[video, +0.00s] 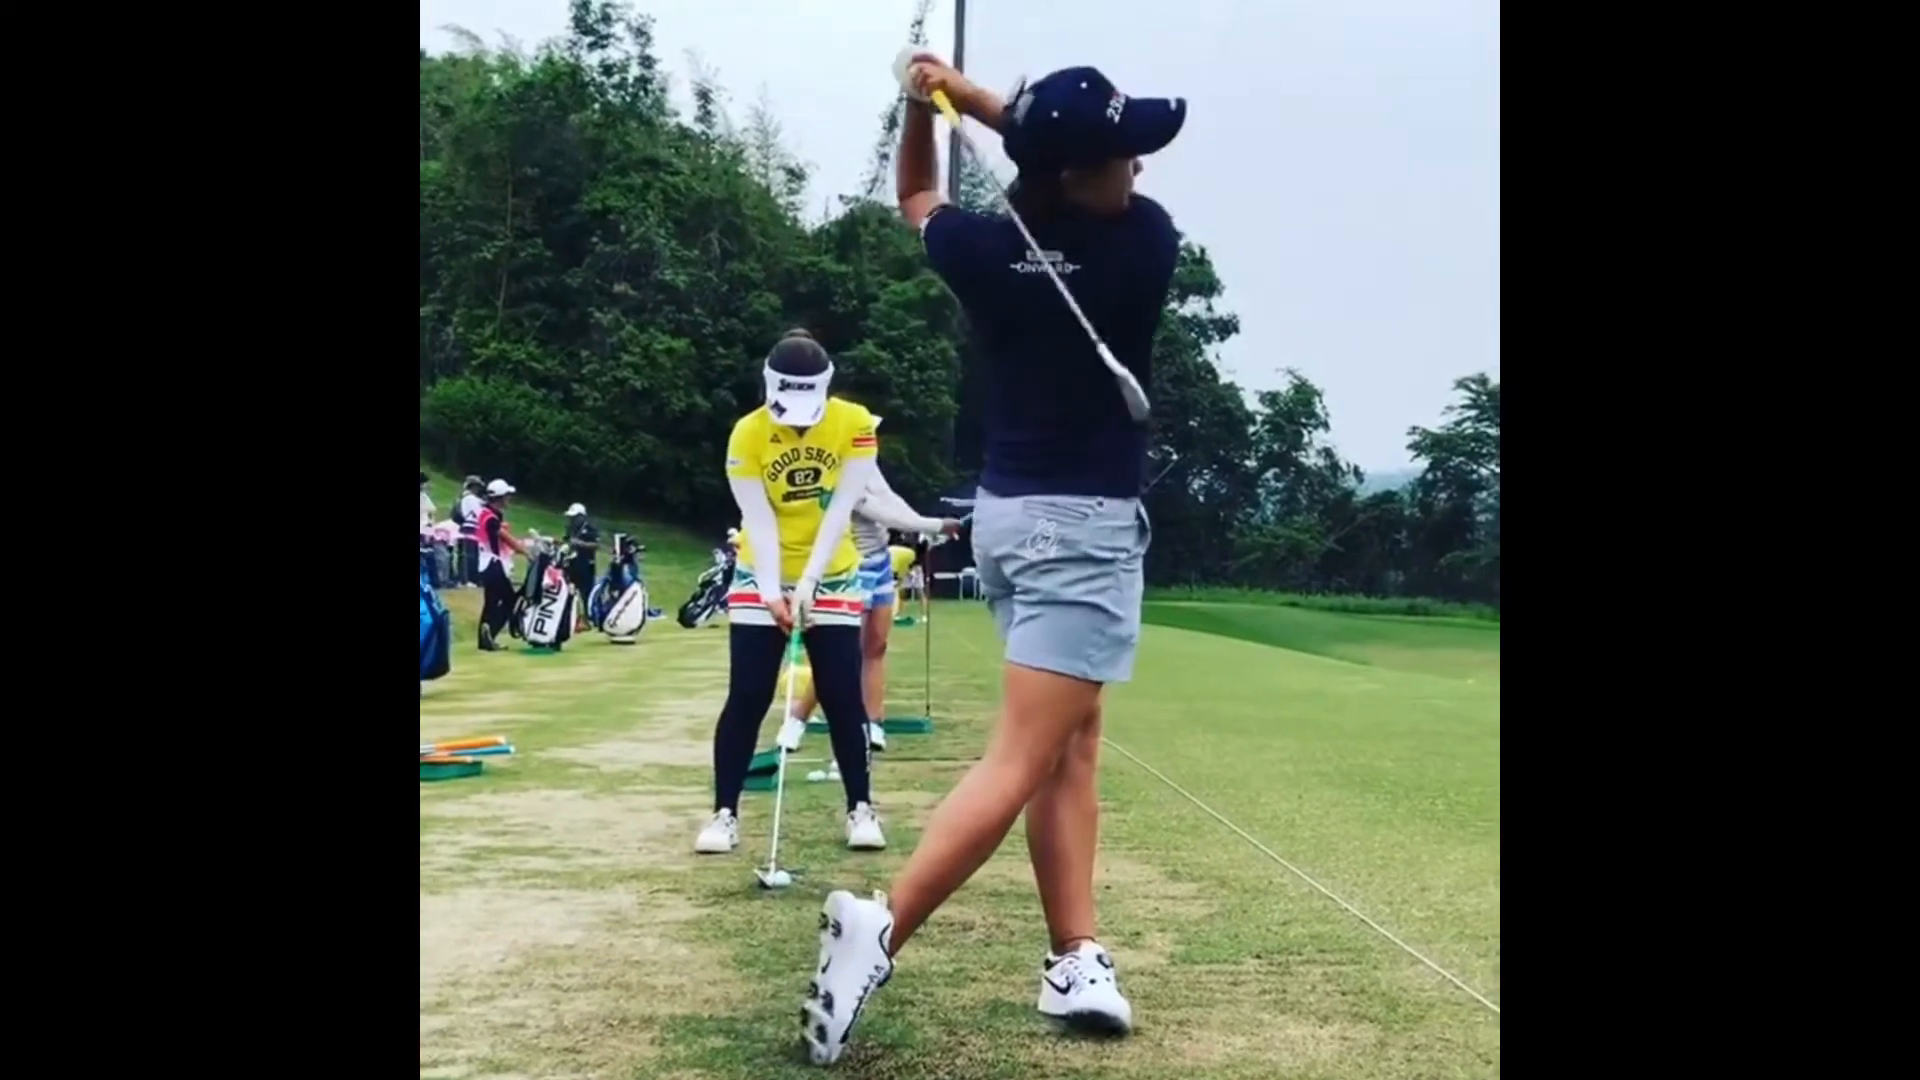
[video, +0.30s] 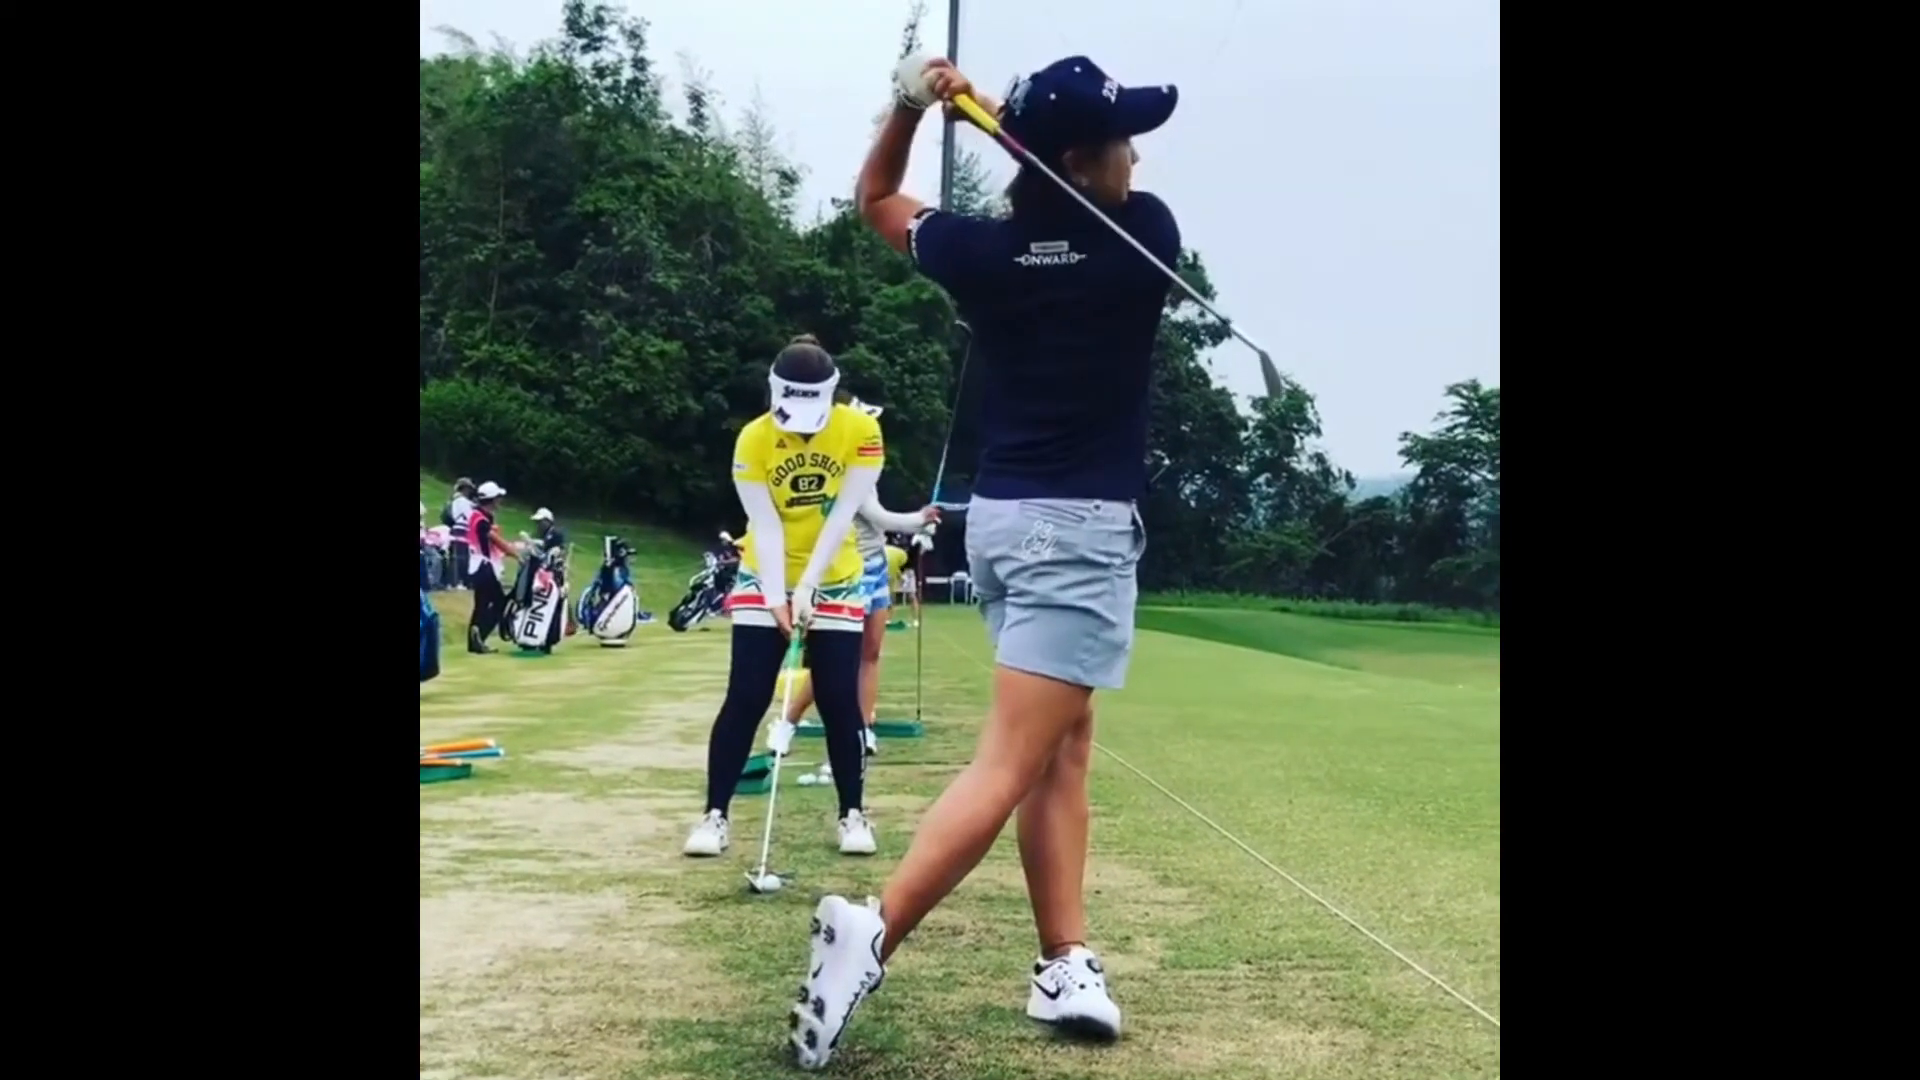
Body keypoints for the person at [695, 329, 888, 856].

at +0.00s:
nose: (795, 414)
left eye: (806, 403)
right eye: (785, 402)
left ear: (826, 387)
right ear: (770, 387)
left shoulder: (856, 424)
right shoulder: (747, 437)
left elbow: (844, 505)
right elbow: (758, 522)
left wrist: (808, 579)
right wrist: (769, 587)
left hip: (834, 576)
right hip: (759, 575)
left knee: (841, 696)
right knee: (747, 696)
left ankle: (860, 808)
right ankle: (724, 814)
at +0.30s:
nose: (800, 421)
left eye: (810, 410)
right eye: (790, 409)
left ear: (831, 394)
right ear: (775, 394)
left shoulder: (862, 431)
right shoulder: (753, 442)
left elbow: (844, 513)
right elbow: (764, 526)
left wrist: (808, 582)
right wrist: (774, 594)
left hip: (835, 579)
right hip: (764, 577)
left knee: (837, 696)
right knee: (746, 696)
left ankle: (852, 814)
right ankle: (715, 815)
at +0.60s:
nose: (789, 425)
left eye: (799, 414)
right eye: (779, 413)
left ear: (819, 398)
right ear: (764, 398)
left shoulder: (849, 434)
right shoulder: (741, 445)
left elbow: (833, 516)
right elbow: (755, 530)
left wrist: (797, 588)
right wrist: (770, 599)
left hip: (823, 587)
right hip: (750, 585)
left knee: (830, 703)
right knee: (736, 702)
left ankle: (849, 816)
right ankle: (710, 821)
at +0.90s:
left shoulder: (899, 410)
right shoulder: (806, 408)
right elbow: (809, 502)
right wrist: (816, 569)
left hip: (887, 546)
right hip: (826, 549)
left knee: (877, 682)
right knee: (805, 668)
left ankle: (872, 787)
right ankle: (789, 786)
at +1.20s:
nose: (827, 387)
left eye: (838, 376)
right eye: (817, 376)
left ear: (854, 367)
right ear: (801, 368)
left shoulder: (876, 405)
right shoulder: (779, 416)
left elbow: (891, 491)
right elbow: (788, 502)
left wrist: (851, 564)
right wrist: (806, 571)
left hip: (864, 556)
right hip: (794, 560)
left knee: (868, 691)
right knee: (786, 686)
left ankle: (876, 797)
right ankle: (768, 800)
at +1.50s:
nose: (818, 391)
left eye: (830, 380)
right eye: (809, 380)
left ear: (853, 374)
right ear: (796, 373)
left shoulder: (889, 418)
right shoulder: (778, 424)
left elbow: (880, 501)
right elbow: (787, 511)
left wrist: (840, 569)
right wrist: (802, 576)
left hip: (865, 568)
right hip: (791, 566)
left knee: (871, 694)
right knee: (782, 689)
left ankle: (892, 805)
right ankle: (761, 806)